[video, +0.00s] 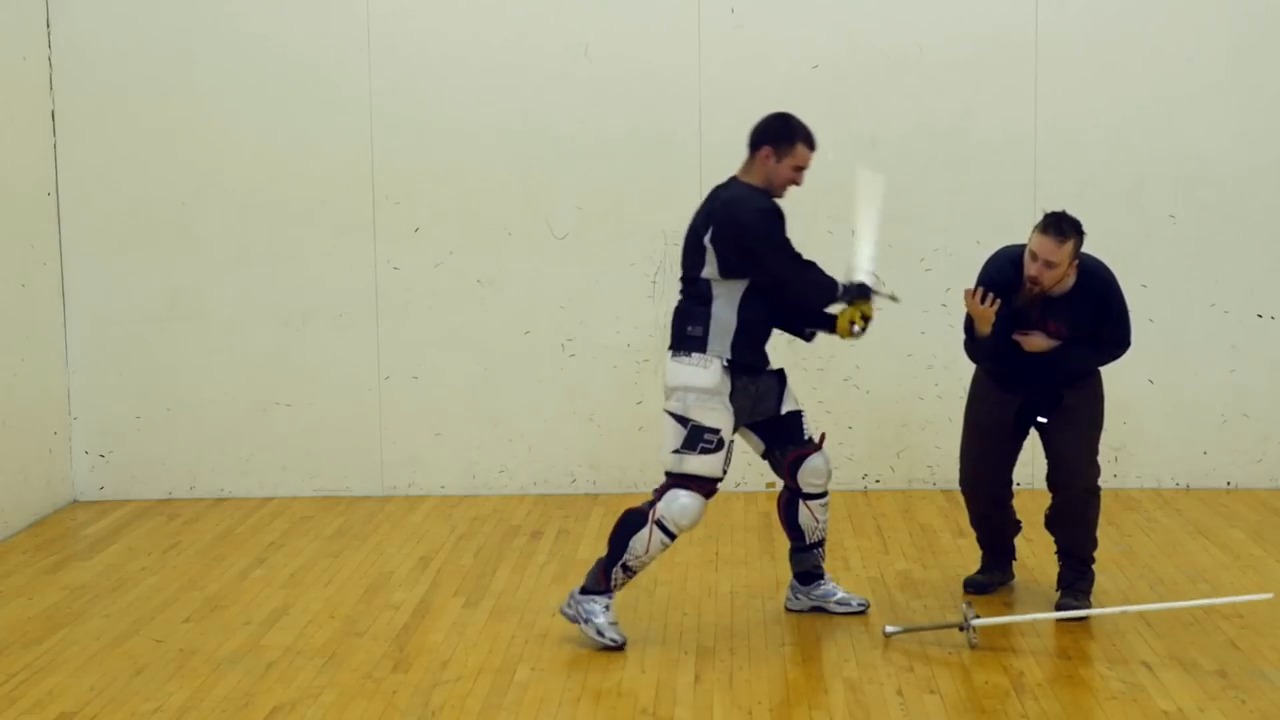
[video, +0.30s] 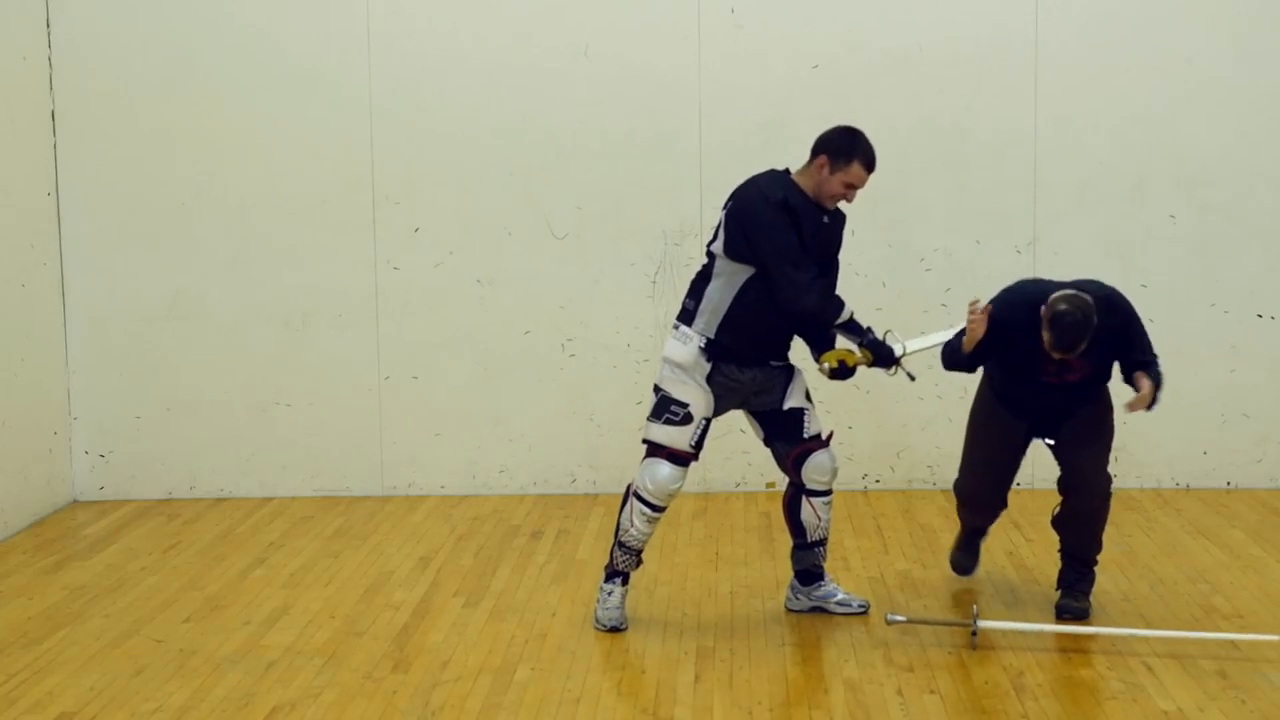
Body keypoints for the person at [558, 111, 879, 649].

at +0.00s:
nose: (799, 180)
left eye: (803, 171)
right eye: (797, 168)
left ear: (769, 158)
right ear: (766, 154)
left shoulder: (755, 209)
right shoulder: (737, 207)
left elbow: (769, 299)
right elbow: (787, 271)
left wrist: (829, 323)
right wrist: (843, 295)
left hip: (749, 368)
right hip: (703, 367)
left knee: (809, 468)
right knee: (685, 500)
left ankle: (808, 584)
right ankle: (591, 595)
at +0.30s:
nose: (850, 197)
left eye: (856, 190)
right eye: (848, 186)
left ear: (836, 172)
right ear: (821, 162)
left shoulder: (829, 218)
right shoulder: (760, 199)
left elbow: (817, 297)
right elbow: (791, 287)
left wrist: (827, 350)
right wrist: (859, 333)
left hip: (769, 364)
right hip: (701, 358)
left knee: (816, 467)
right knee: (662, 477)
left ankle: (809, 585)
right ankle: (614, 584)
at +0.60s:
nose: (777, 214)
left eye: (786, 208)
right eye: (776, 201)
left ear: (791, 202)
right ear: (757, 171)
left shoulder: (773, 242)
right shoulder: (689, 186)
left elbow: (733, 319)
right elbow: (634, 263)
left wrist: (667, 339)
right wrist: (649, 313)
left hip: (717, 348)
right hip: (650, 335)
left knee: (757, 470)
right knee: (624, 467)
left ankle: (794, 576)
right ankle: (606, 587)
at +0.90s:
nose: (674, 193)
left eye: (686, 187)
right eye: (669, 182)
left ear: (712, 174)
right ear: (661, 162)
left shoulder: (728, 225)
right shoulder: (644, 172)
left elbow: (694, 305)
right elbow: (600, 137)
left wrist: (618, 305)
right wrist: (536, 121)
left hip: (709, 357)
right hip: (640, 351)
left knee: (743, 469)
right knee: (622, 469)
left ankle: (775, 571)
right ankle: (606, 585)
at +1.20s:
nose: (667, 188)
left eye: (678, 178)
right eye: (659, 177)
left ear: (701, 162)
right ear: (648, 162)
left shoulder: (726, 210)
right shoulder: (639, 188)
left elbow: (718, 300)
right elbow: (588, 202)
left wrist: (638, 346)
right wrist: (522, 211)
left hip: (712, 352)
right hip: (645, 350)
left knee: (745, 469)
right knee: (625, 470)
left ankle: (775, 572)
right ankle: (608, 586)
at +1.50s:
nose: (642, 197)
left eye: (653, 187)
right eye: (633, 186)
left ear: (673, 170)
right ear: (620, 172)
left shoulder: (704, 210)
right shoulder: (609, 207)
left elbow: (740, 300)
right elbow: (575, 272)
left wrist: (715, 380)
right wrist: (525, 334)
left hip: (706, 368)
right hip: (633, 366)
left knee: (743, 474)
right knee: (614, 476)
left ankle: (775, 572)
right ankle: (623, 589)